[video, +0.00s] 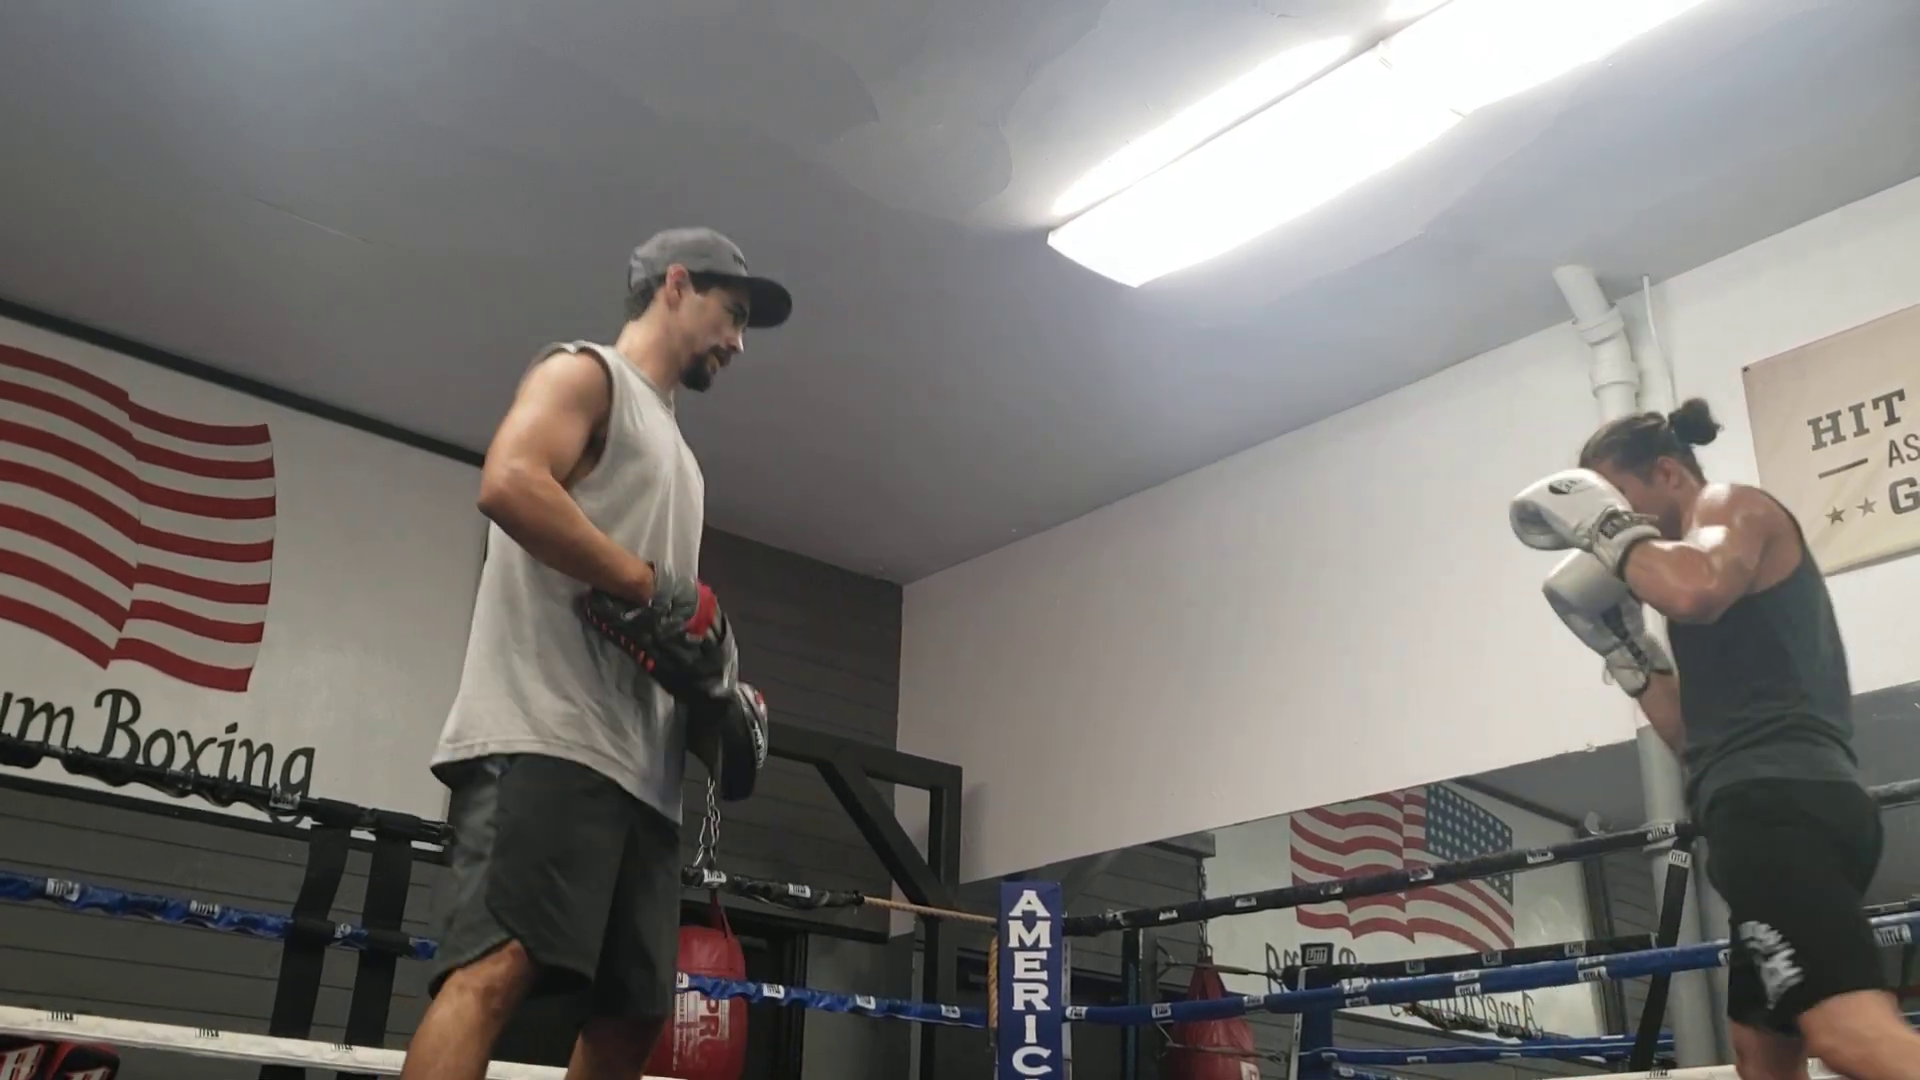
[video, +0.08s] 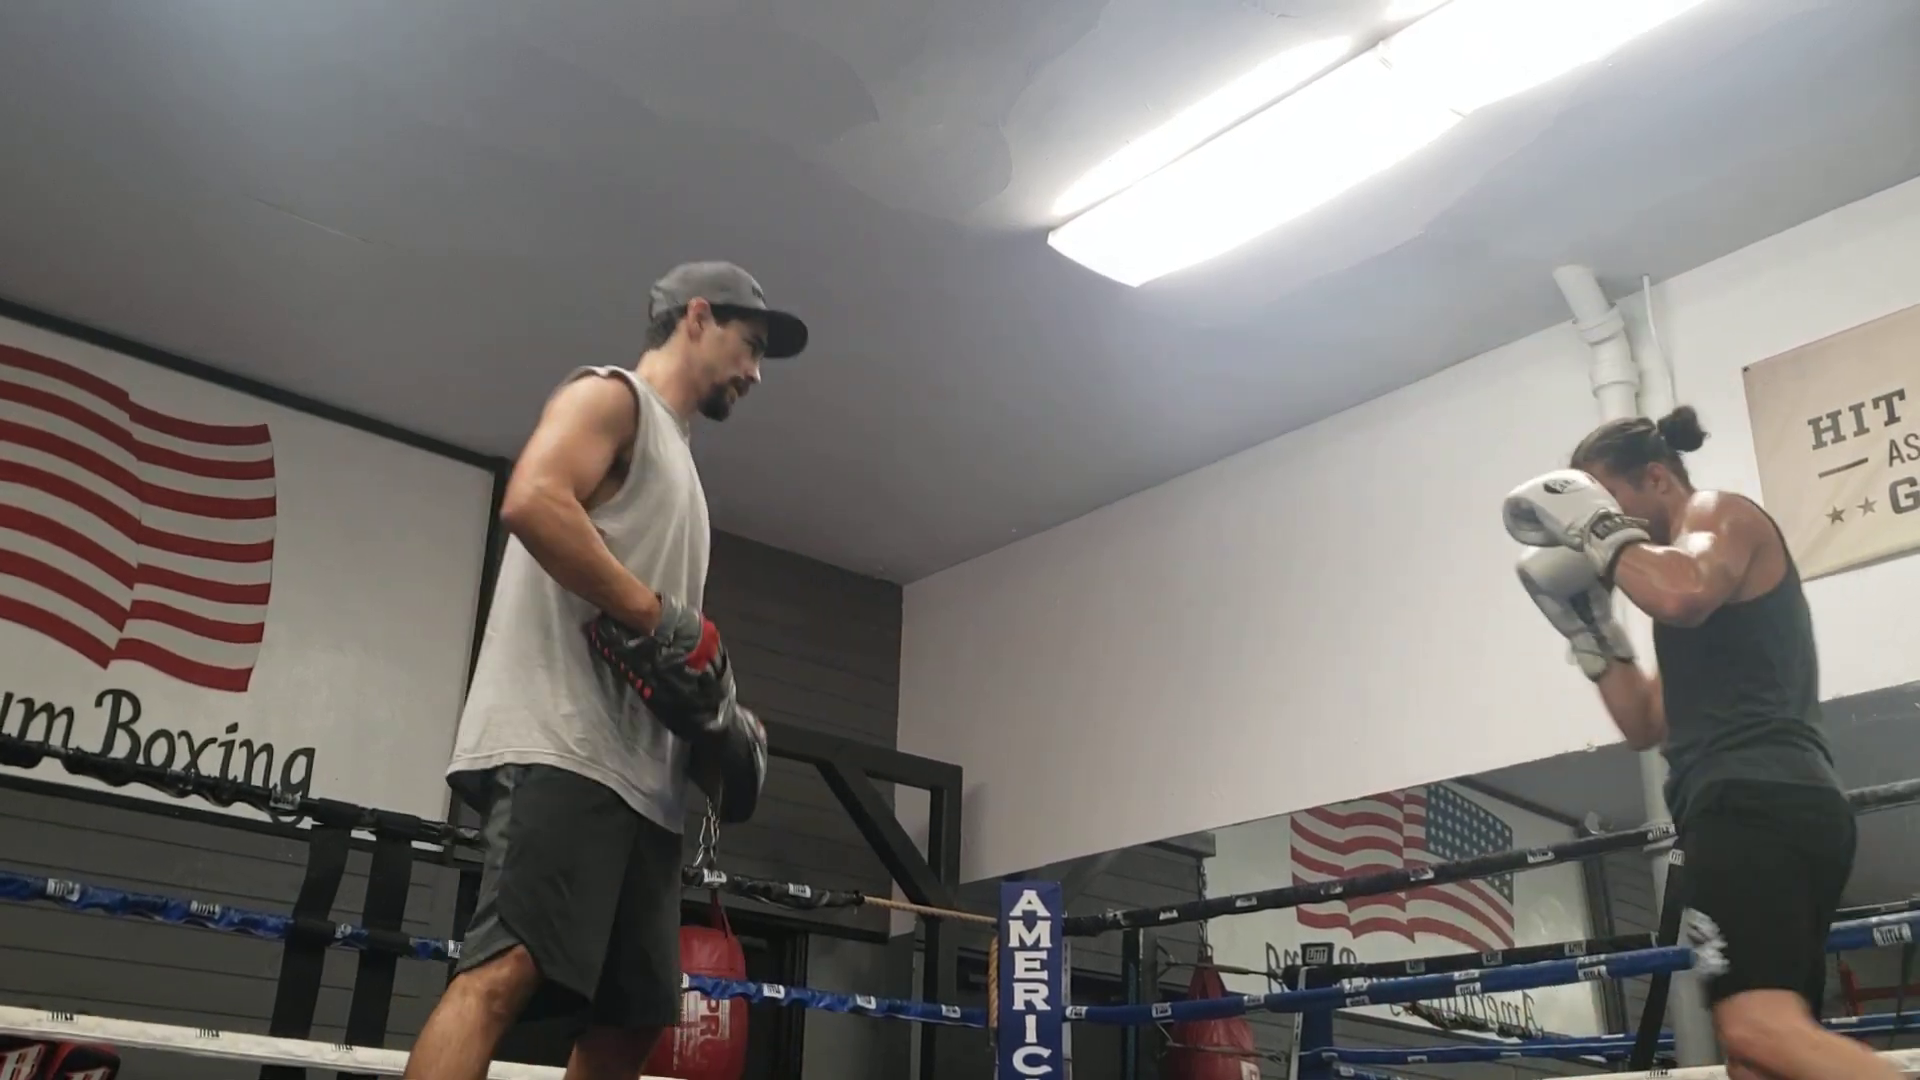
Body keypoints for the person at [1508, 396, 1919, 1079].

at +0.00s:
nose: (1619, 521)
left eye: (1620, 499)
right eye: (1608, 505)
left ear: (1668, 472)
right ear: (1667, 474)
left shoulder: (1738, 504)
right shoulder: (1701, 571)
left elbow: (1696, 588)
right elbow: (1694, 735)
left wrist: (1605, 527)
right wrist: (1623, 649)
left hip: (1778, 791)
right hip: (1748, 802)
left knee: (1852, 1031)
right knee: (1761, 1043)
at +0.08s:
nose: (1610, 527)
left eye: (1612, 506)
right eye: (1600, 512)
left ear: (1656, 477)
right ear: (1653, 479)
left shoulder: (1724, 512)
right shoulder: (1687, 577)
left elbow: (1685, 594)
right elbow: (1645, 725)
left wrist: (1595, 526)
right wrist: (1590, 625)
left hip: (1759, 795)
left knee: (1758, 1027)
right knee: (1754, 1052)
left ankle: (1895, 1069)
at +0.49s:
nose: (1465, 554)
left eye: (1467, 534)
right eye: (1454, 542)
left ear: (1517, 509)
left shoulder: (1601, 562)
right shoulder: (1544, 605)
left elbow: (1600, 698)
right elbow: (1519, 747)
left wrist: (1514, 629)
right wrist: (1455, 667)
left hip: (1594, 836)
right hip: (1651, 839)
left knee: (1496, 1037)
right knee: (1696, 1050)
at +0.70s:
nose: (1414, 563)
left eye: (1415, 542)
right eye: (1406, 551)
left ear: (1459, 516)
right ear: (1458, 520)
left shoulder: (1531, 566)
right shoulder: (1506, 594)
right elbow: (1472, 740)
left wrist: (1393, 592)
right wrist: (1400, 669)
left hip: (1549, 825)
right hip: (1603, 824)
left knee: (1484, 1041)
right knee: (1586, 1054)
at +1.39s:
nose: (1417, 569)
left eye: (1427, 550)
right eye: (1407, 558)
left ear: (1472, 541)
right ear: (1404, 565)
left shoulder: (1534, 586)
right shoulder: (1447, 649)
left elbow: (1593, 689)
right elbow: (1432, 772)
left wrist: (1497, 619)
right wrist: (1387, 689)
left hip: (1560, 827)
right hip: (1504, 842)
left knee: (1546, 1039)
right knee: (1509, 1053)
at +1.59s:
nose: (1421, 600)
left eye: (1433, 580)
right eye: (1411, 587)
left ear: (1478, 575)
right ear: (1406, 591)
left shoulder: (1543, 636)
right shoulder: (1444, 681)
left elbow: (1599, 750)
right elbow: (1419, 809)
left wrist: (1507, 677)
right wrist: (1386, 726)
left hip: (1557, 872)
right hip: (1492, 884)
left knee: (1561, 1061)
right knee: (1501, 1066)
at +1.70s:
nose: (1404, 569)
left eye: (1416, 550)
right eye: (1392, 557)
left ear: (1460, 544)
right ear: (1387, 563)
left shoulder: (1523, 603)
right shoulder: (1415, 648)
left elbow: (1585, 710)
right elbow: (1391, 768)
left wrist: (1498, 642)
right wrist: (1364, 691)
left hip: (1541, 848)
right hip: (1464, 862)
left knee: (1574, 1050)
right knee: (1451, 1053)